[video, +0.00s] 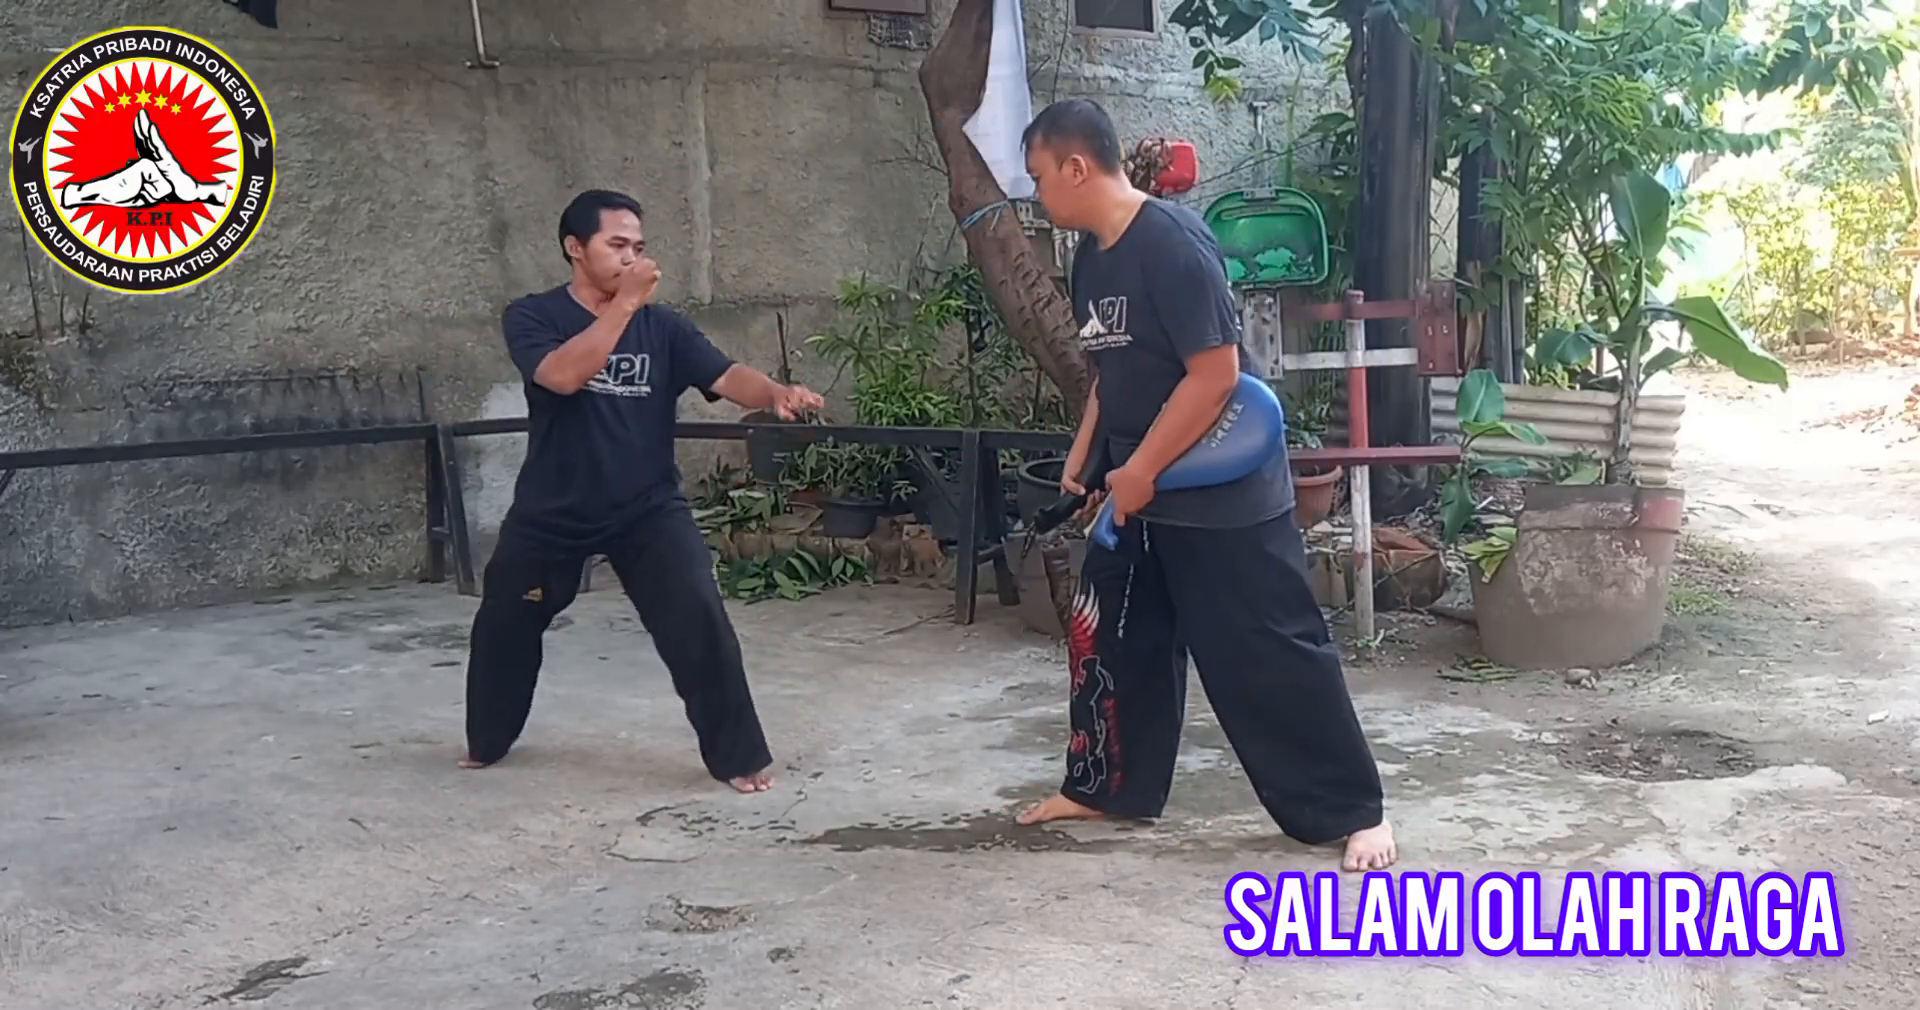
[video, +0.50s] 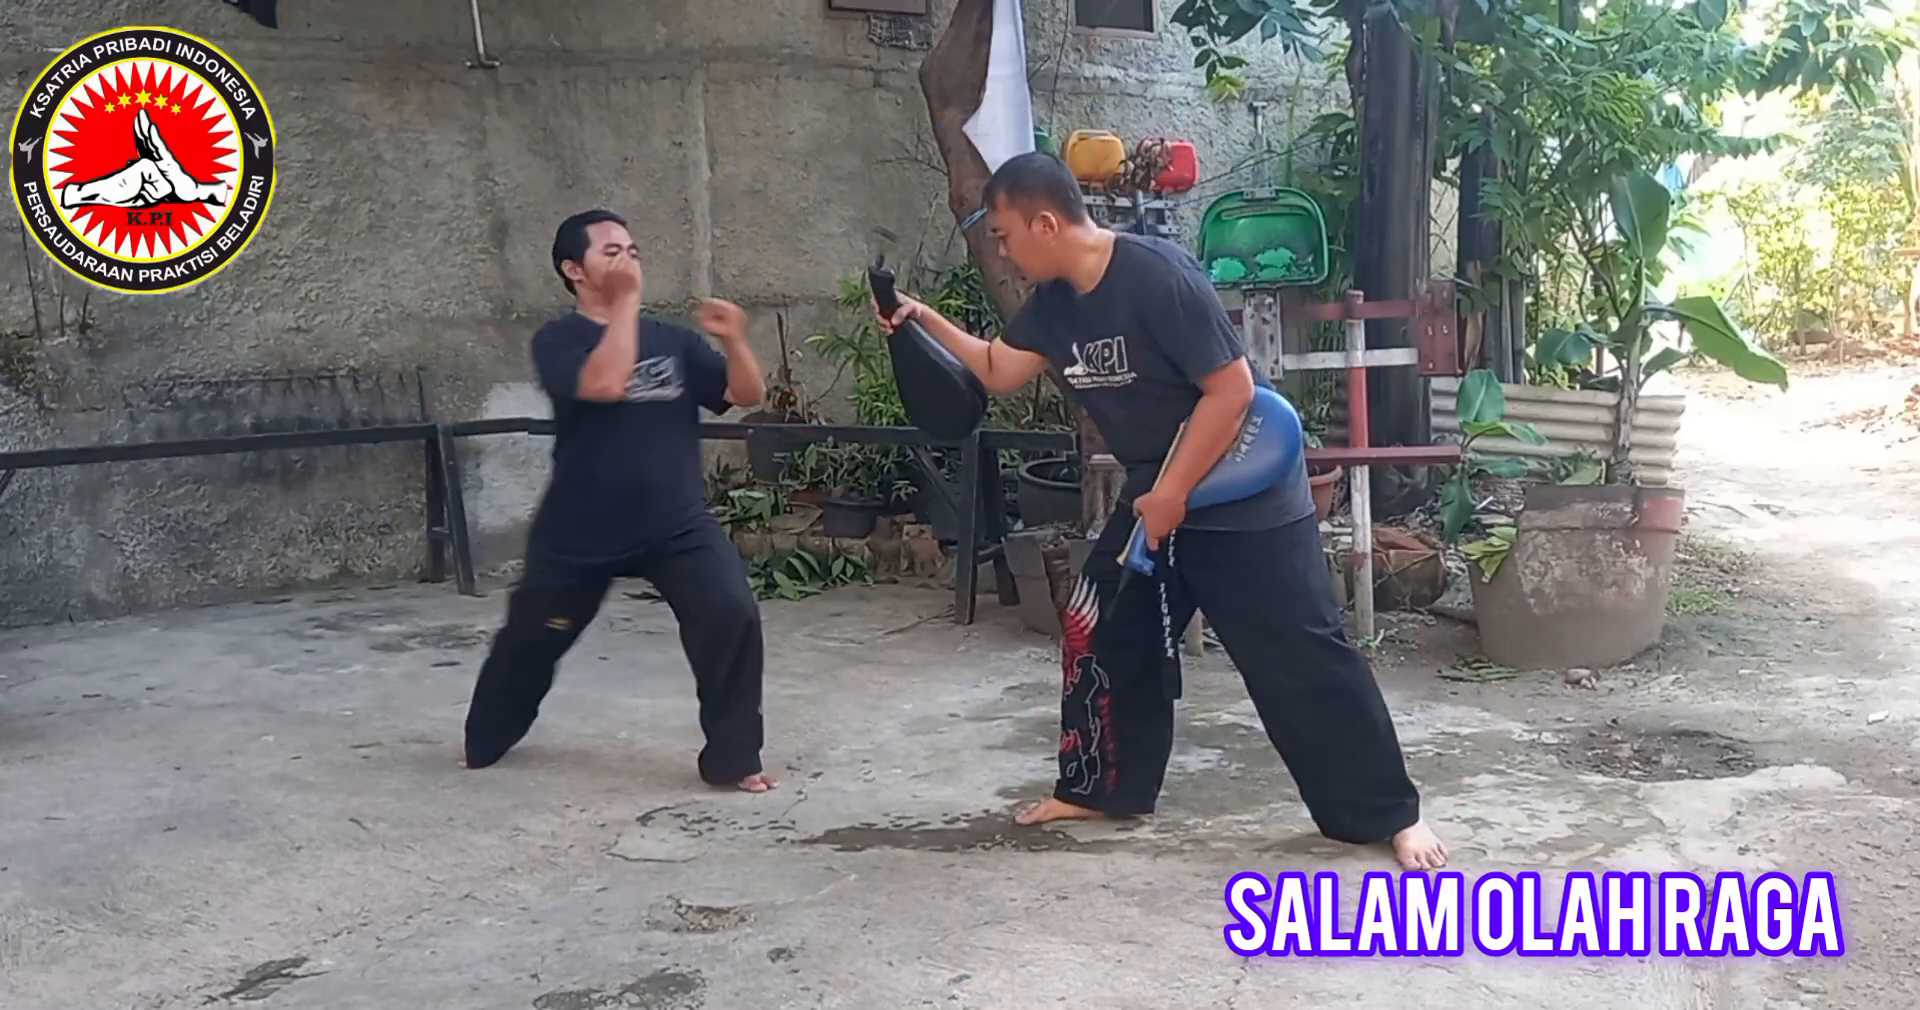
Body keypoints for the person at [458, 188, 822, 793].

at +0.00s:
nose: (633, 256)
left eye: (639, 245)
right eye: (619, 244)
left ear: (644, 252)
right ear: (575, 248)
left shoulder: (661, 325)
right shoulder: (531, 316)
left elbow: (725, 375)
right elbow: (561, 375)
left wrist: (775, 393)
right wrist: (624, 303)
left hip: (648, 507)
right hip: (553, 510)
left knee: (698, 619)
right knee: (502, 625)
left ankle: (738, 755)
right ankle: (486, 738)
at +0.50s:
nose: (630, 257)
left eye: (632, 249)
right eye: (612, 250)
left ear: (640, 261)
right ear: (574, 271)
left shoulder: (675, 341)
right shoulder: (559, 340)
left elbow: (746, 394)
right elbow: (605, 383)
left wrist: (735, 343)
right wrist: (627, 301)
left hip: (677, 523)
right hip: (583, 528)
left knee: (732, 616)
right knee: (530, 639)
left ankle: (731, 759)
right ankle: (484, 742)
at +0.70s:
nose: (669, 248)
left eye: (670, 236)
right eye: (652, 240)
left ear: (676, 235)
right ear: (612, 250)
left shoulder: (694, 308)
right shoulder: (591, 310)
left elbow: (755, 370)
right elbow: (546, 408)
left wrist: (814, 357)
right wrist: (510, 493)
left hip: (713, 448)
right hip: (658, 443)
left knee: (731, 594)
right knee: (765, 427)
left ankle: (709, 749)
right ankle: (887, 485)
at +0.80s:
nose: (692, 253)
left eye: (693, 240)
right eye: (676, 243)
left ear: (696, 245)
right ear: (635, 255)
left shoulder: (710, 325)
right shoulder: (604, 318)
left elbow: (772, 388)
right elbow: (556, 410)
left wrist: (836, 400)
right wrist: (531, 488)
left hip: (715, 472)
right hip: (660, 458)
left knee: (744, 609)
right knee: (788, 400)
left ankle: (702, 757)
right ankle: (926, 425)